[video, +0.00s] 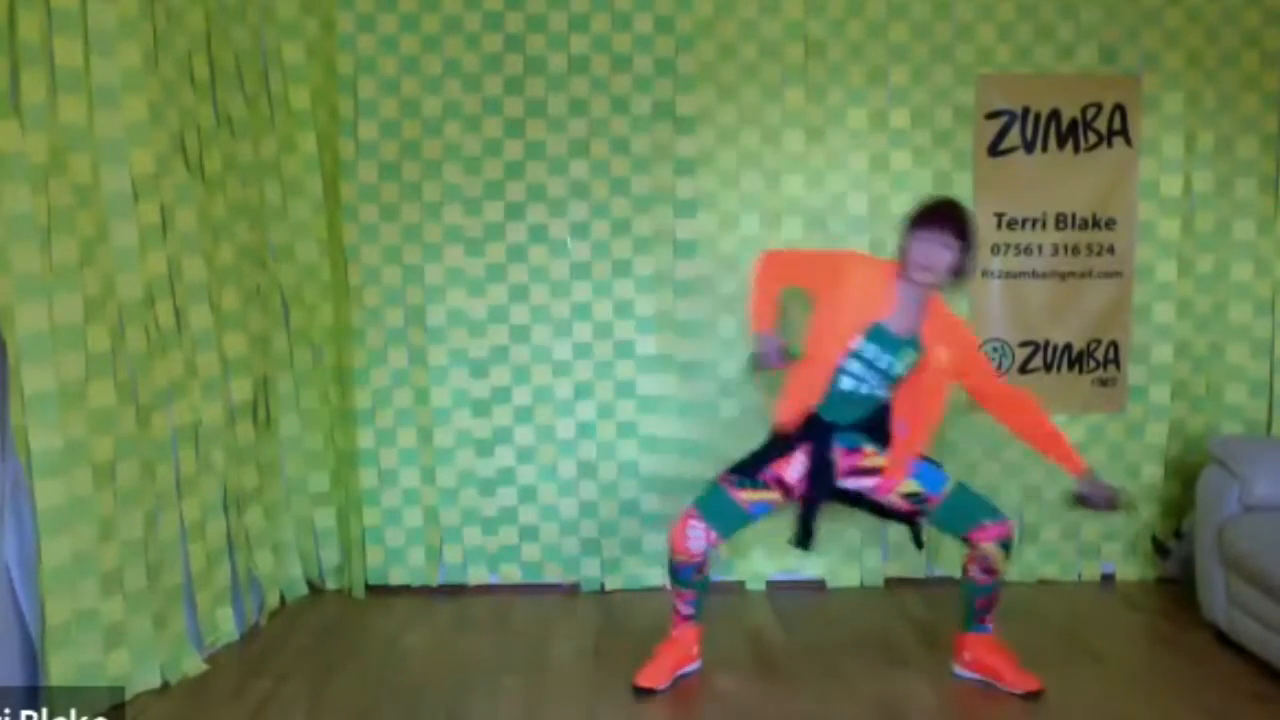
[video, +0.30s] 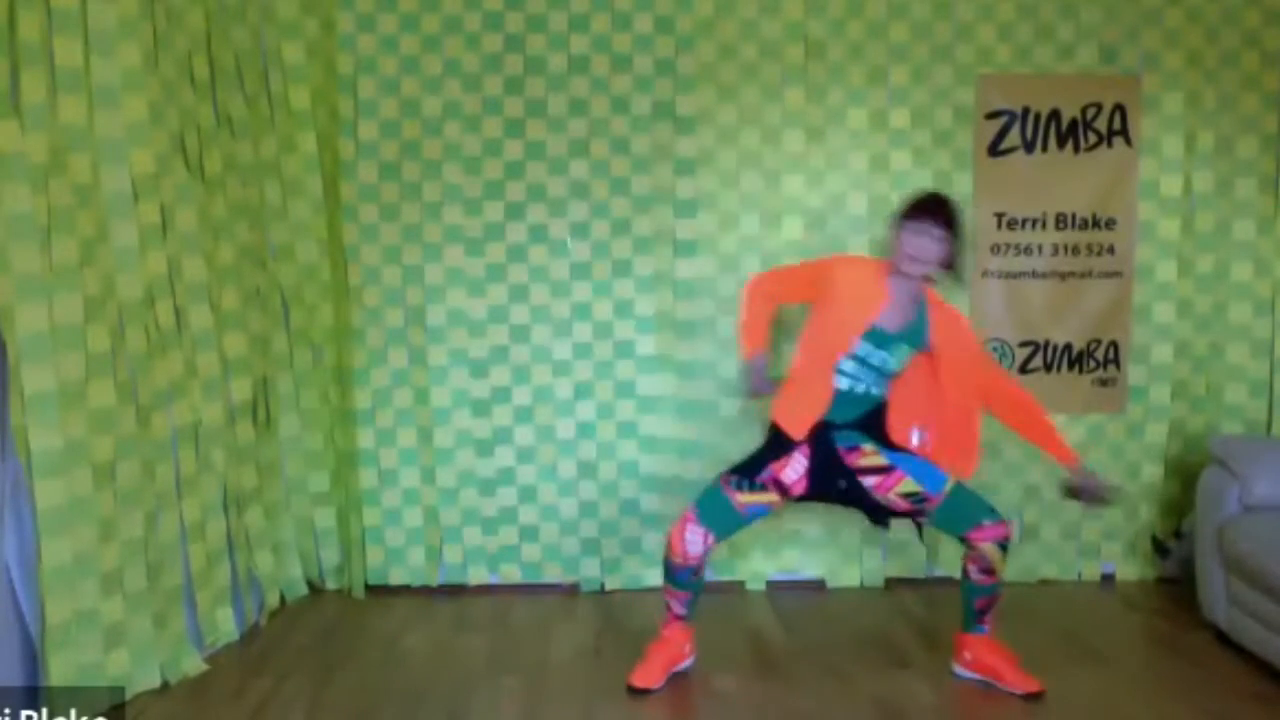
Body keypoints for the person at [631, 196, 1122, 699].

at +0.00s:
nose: (932, 253)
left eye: (946, 246)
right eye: (926, 239)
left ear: (959, 262)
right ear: (904, 241)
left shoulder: (951, 337)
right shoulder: (851, 275)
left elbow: (1008, 403)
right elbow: (772, 265)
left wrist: (1080, 471)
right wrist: (764, 332)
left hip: (877, 460)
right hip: (800, 446)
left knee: (990, 530)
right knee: (691, 534)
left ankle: (977, 645)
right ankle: (682, 640)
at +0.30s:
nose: (915, 256)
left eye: (929, 249)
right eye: (909, 242)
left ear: (945, 258)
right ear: (893, 238)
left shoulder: (944, 324)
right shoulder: (846, 276)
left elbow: (999, 392)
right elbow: (762, 287)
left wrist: (1069, 463)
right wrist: (755, 357)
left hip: (868, 454)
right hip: (795, 445)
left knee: (987, 531)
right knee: (688, 537)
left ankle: (976, 646)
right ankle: (674, 638)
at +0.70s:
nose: (722, 141)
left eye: (734, 129)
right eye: (711, 128)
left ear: (752, 136)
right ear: (694, 133)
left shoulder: (778, 196)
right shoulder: (670, 203)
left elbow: (804, 283)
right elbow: (644, 294)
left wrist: (820, 367)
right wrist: (627, 385)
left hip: (776, 359)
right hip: (705, 363)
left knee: (792, 497)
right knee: (688, 506)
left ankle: (797, 629)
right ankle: (676, 632)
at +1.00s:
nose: (695, 132)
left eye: (709, 124)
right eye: (685, 121)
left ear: (724, 139)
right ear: (667, 132)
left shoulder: (736, 218)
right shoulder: (625, 201)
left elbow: (745, 312)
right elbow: (587, 281)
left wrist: (744, 401)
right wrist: (572, 364)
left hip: (695, 370)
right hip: (620, 367)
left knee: (717, 507)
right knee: (577, 497)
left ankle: (713, 637)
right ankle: (571, 618)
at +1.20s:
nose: (602, 168)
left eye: (610, 156)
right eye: (589, 160)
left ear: (629, 167)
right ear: (571, 176)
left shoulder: (664, 236)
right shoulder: (556, 252)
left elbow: (730, 289)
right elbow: (509, 337)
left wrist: (725, 360)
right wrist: (458, 423)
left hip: (658, 410)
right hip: (581, 418)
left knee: (729, 530)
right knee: (496, 525)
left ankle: (714, 640)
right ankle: (436, 634)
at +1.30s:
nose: (546, 195)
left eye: (555, 183)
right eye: (534, 187)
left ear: (575, 193)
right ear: (521, 204)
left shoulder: (617, 249)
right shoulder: (514, 282)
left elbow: (696, 266)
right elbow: (465, 366)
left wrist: (698, 335)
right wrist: (407, 448)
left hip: (630, 427)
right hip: (554, 437)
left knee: (723, 533)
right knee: (457, 540)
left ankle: (713, 641)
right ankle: (433, 641)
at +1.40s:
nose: (482, 229)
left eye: (492, 215)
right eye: (469, 221)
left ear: (513, 223)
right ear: (455, 242)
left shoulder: (559, 263)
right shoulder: (461, 323)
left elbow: (642, 237)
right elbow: (406, 402)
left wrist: (642, 306)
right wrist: (344, 476)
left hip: (606, 438)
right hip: (529, 454)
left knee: (714, 534)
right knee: (431, 537)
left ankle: (712, 639)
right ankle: (429, 641)